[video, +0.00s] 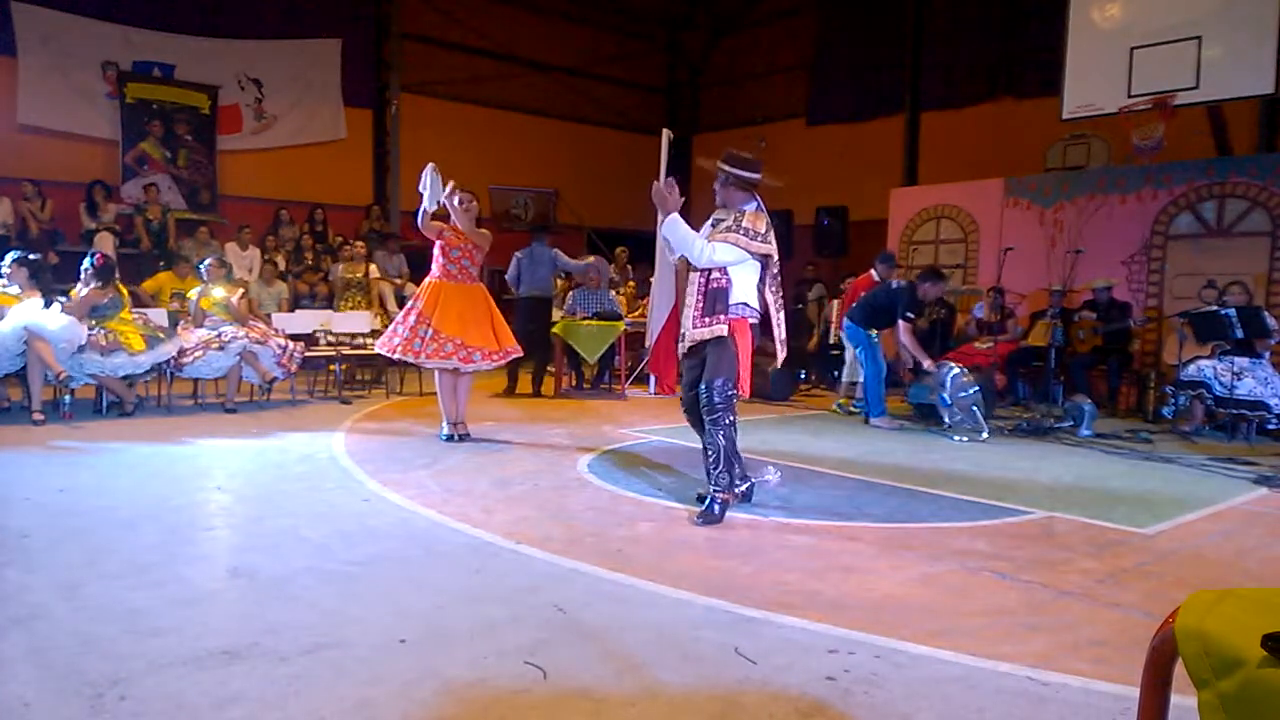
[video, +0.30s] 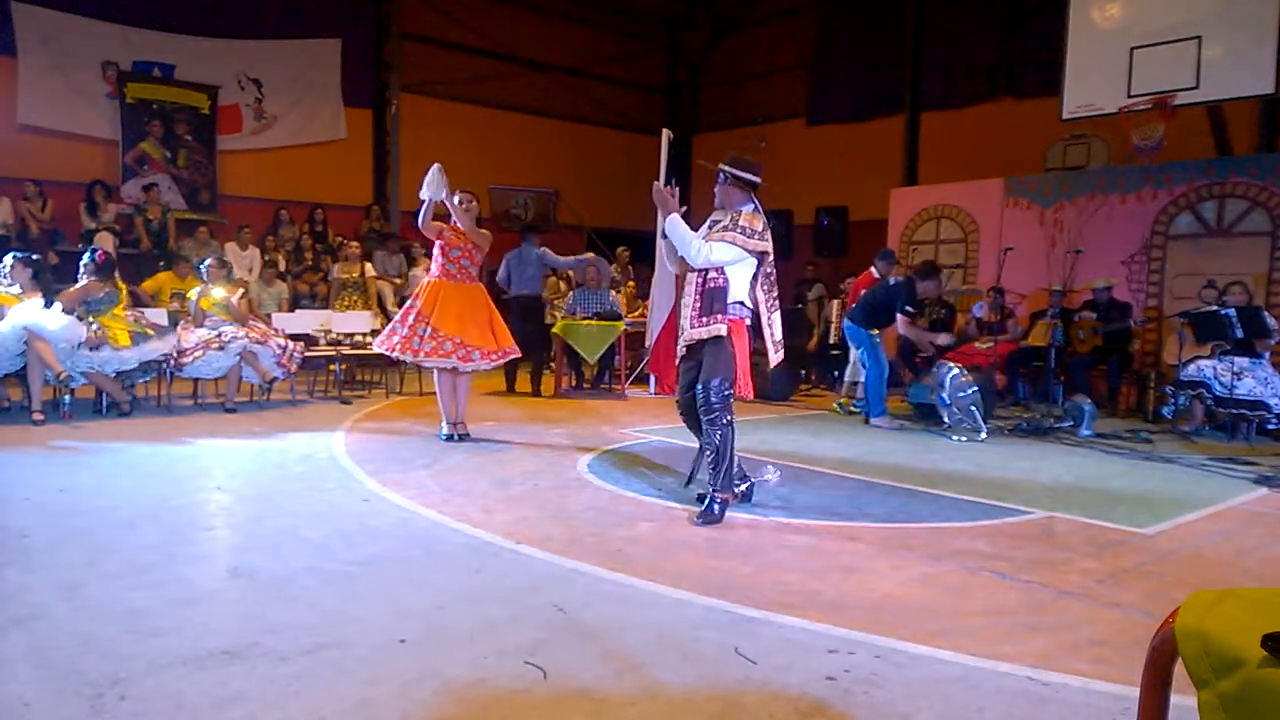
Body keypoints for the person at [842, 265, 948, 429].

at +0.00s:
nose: (939, 296)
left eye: (941, 292)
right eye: (939, 291)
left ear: (925, 285)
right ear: (926, 286)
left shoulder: (907, 290)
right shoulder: (910, 296)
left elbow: (899, 331)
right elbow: (905, 334)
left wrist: (904, 353)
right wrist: (925, 360)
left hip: (864, 327)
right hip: (859, 327)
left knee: (875, 368)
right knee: (876, 368)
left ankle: (874, 412)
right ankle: (877, 415)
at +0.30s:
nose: (940, 288)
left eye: (940, 283)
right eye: (938, 283)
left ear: (923, 280)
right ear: (928, 282)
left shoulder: (908, 288)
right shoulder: (907, 290)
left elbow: (907, 327)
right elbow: (903, 328)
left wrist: (927, 347)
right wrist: (935, 338)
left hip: (865, 326)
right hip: (858, 326)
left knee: (877, 366)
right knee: (878, 366)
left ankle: (874, 412)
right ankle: (877, 415)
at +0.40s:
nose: (937, 288)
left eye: (937, 283)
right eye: (935, 282)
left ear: (921, 279)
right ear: (924, 280)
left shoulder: (903, 286)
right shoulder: (909, 291)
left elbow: (898, 322)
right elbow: (917, 326)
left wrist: (919, 336)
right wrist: (940, 323)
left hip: (859, 325)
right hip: (861, 327)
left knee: (875, 367)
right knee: (880, 368)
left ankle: (872, 412)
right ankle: (878, 415)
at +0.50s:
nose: (933, 285)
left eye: (934, 280)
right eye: (932, 280)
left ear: (916, 273)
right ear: (925, 278)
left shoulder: (901, 282)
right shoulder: (911, 291)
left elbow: (893, 316)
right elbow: (926, 321)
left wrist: (912, 329)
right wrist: (934, 321)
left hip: (855, 323)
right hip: (863, 328)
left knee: (874, 368)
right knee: (882, 368)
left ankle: (872, 411)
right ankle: (879, 414)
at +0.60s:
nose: (932, 284)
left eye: (933, 280)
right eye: (932, 280)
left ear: (914, 272)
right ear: (926, 278)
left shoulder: (897, 279)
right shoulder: (913, 291)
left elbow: (894, 314)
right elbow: (929, 324)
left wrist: (911, 325)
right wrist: (932, 318)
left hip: (854, 323)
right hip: (865, 328)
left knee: (873, 368)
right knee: (884, 368)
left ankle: (871, 410)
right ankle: (879, 414)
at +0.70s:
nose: (931, 282)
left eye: (932, 278)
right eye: (931, 278)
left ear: (913, 270)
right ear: (926, 277)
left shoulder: (898, 280)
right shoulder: (912, 291)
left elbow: (894, 316)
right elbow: (923, 328)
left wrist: (917, 320)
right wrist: (946, 323)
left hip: (852, 323)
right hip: (864, 328)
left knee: (872, 369)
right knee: (885, 368)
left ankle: (870, 410)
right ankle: (878, 414)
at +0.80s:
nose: (930, 282)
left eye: (932, 278)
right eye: (931, 278)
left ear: (913, 270)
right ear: (925, 277)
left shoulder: (897, 280)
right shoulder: (911, 291)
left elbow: (895, 314)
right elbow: (921, 328)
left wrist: (918, 318)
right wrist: (947, 324)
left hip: (851, 323)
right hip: (864, 328)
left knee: (872, 368)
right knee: (884, 368)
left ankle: (871, 410)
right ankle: (878, 414)